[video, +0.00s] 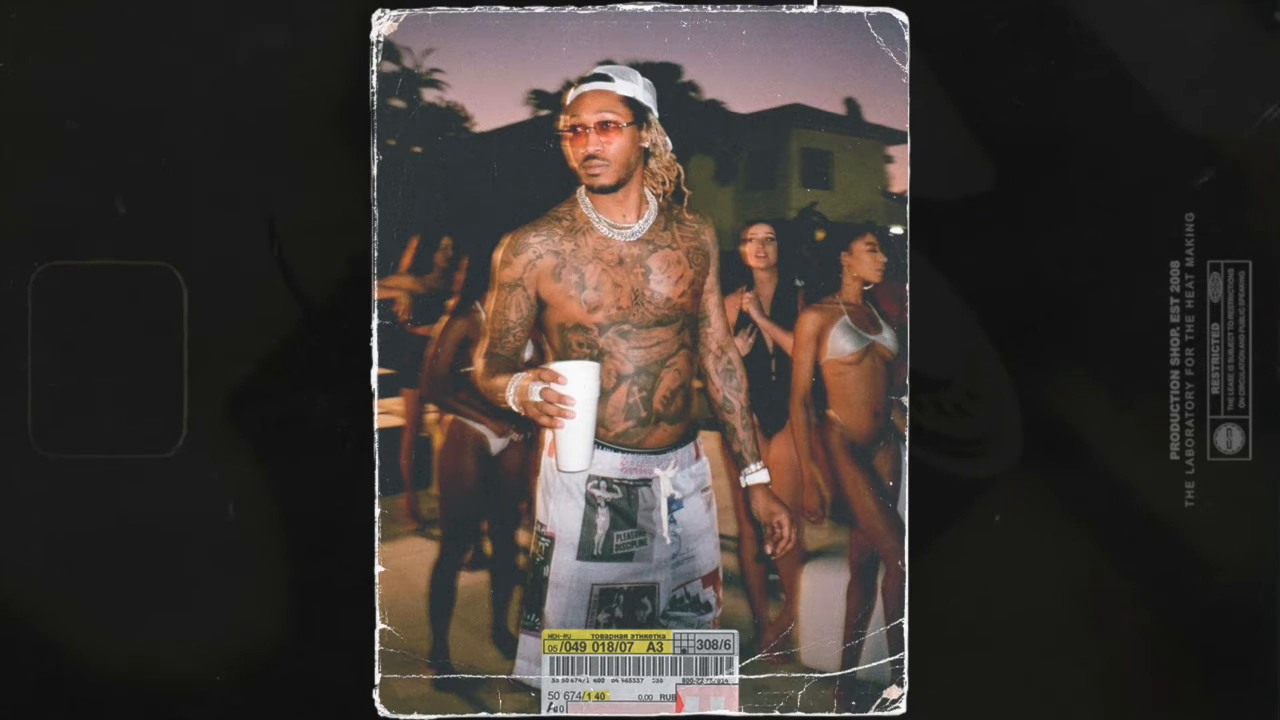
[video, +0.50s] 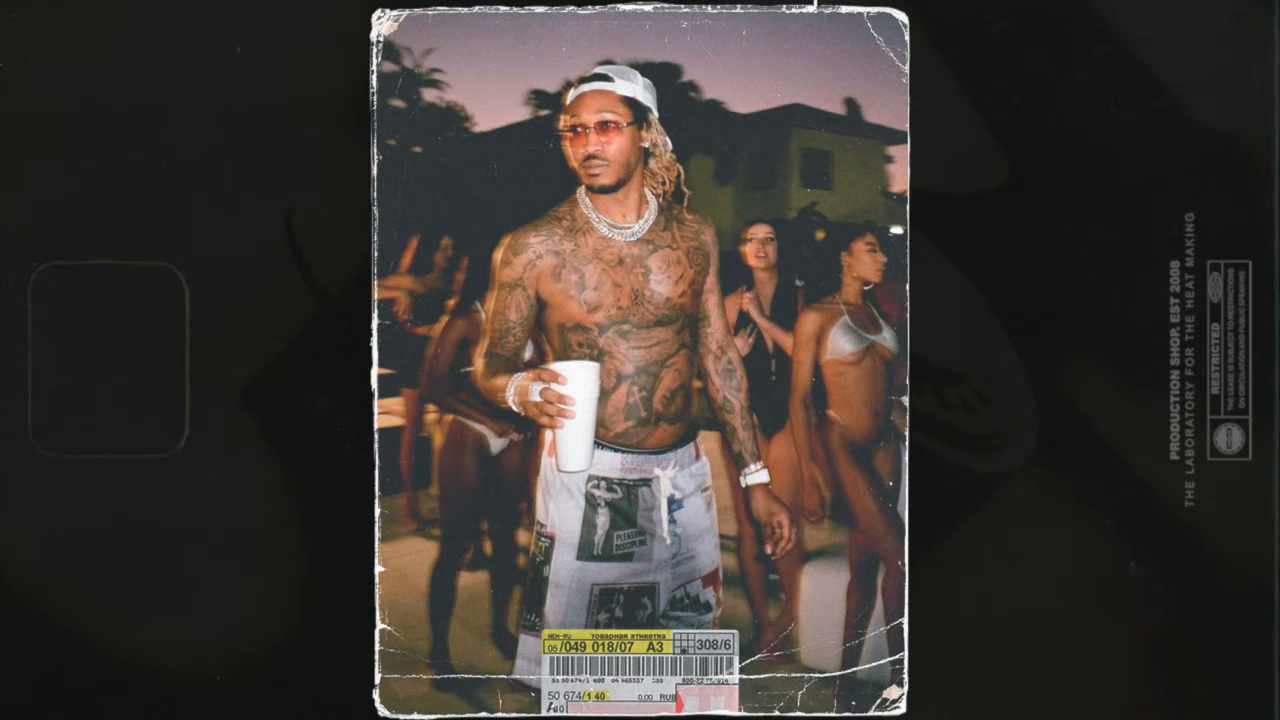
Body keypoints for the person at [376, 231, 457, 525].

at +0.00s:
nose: (445, 254)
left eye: (450, 250)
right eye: (441, 248)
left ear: (456, 255)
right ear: (431, 251)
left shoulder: (455, 281)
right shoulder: (414, 283)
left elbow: (461, 303)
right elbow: (395, 284)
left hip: (445, 350)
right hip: (416, 348)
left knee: (450, 425)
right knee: (413, 427)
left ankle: (451, 498)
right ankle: (410, 500)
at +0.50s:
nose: (445, 255)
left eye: (450, 250)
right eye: (441, 248)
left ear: (455, 255)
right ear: (430, 252)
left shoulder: (455, 282)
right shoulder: (414, 283)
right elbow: (401, 320)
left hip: (446, 352)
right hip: (417, 349)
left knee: (450, 426)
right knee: (413, 427)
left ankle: (452, 496)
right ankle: (410, 500)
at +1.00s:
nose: (446, 255)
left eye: (451, 250)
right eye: (442, 249)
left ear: (455, 255)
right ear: (431, 252)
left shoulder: (454, 283)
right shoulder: (414, 283)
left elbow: (459, 315)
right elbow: (401, 321)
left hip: (444, 354)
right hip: (416, 352)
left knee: (449, 426)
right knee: (413, 427)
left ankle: (450, 499)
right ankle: (410, 500)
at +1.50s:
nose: (446, 254)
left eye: (451, 250)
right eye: (442, 248)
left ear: (455, 255)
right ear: (430, 252)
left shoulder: (454, 282)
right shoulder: (414, 282)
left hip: (445, 352)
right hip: (416, 350)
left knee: (449, 426)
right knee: (413, 428)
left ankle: (451, 499)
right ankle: (410, 500)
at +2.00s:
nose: (446, 255)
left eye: (451, 250)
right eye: (442, 249)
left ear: (455, 255)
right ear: (431, 252)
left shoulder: (454, 283)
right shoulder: (414, 283)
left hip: (445, 353)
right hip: (416, 350)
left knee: (449, 426)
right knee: (413, 427)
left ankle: (450, 498)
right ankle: (410, 499)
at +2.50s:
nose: (446, 255)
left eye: (450, 250)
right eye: (442, 249)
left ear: (454, 255)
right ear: (430, 252)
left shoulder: (454, 282)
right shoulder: (415, 282)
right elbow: (379, 287)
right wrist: (403, 293)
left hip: (445, 353)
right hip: (416, 350)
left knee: (450, 427)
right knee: (413, 428)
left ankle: (451, 499)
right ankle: (410, 503)